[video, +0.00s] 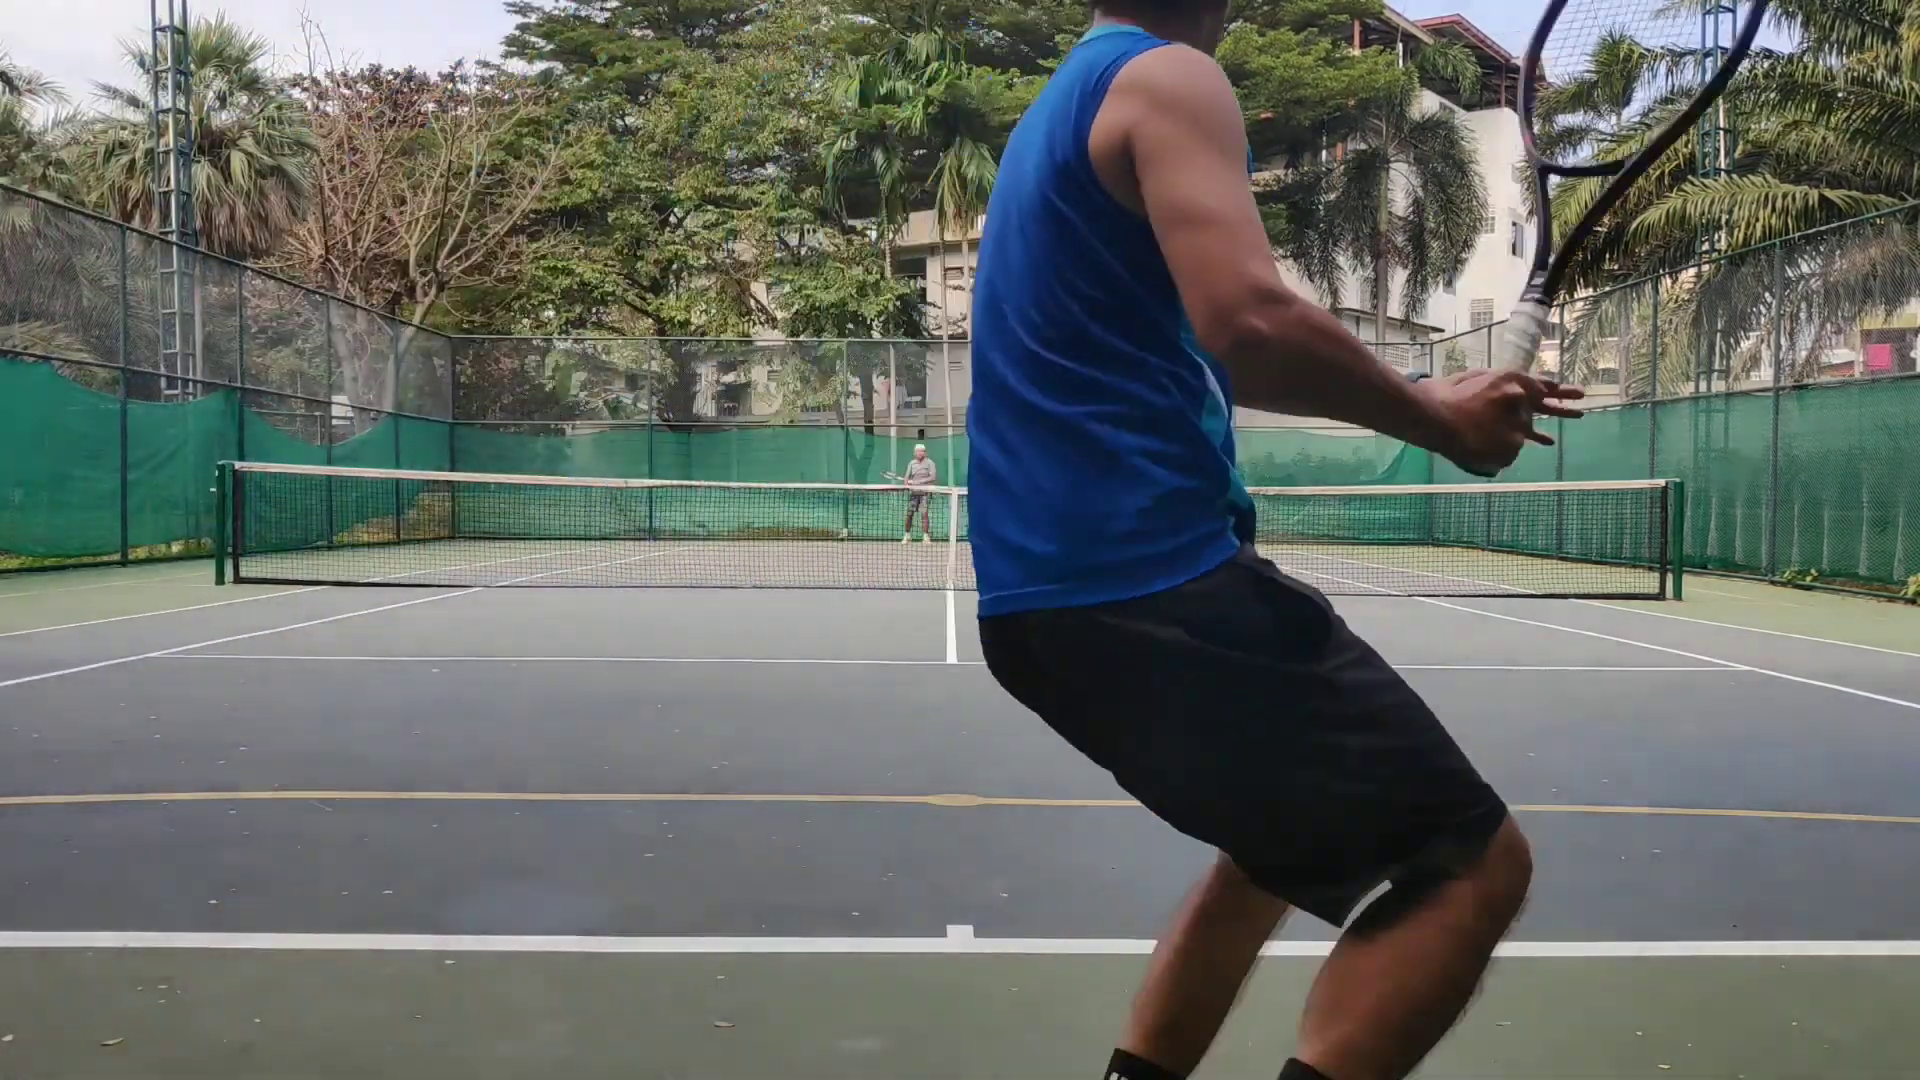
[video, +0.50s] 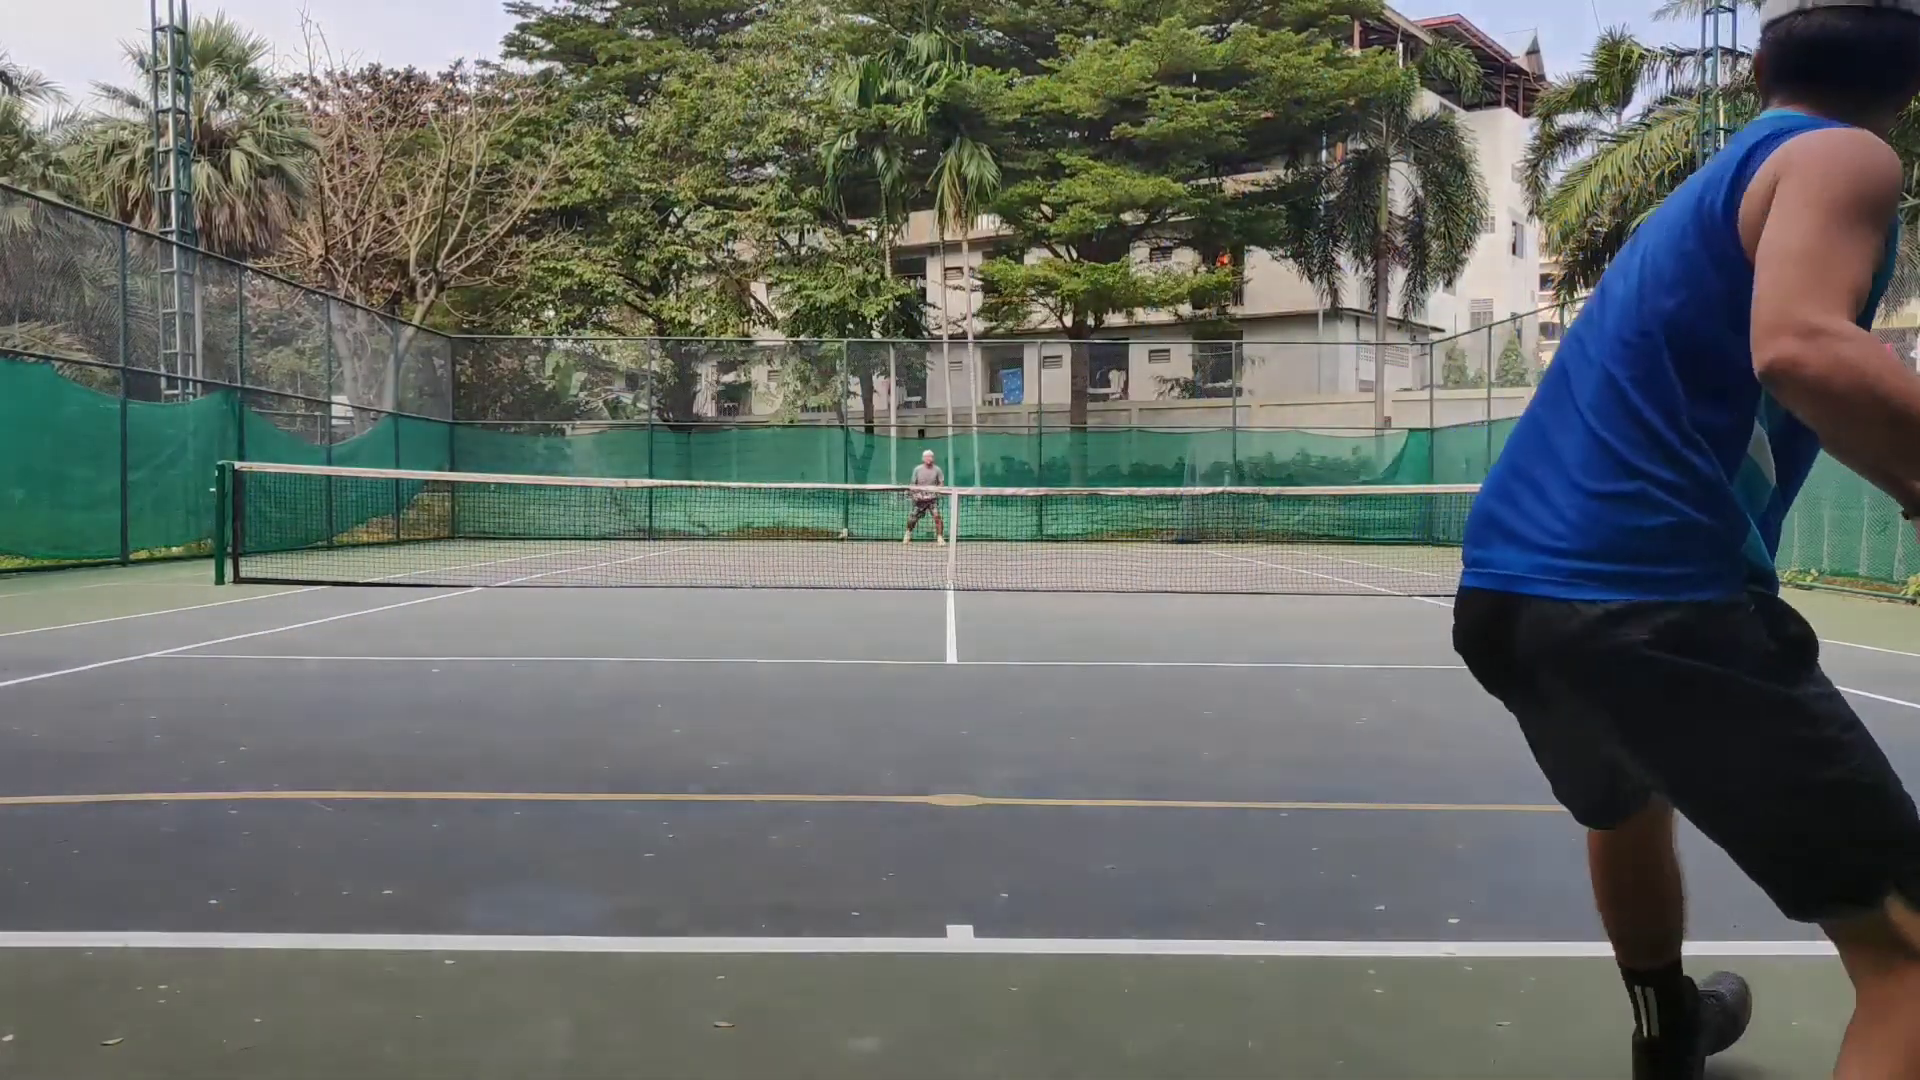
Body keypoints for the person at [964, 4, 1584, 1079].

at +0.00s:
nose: (1231, 17)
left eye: (1227, 12)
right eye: (1230, 7)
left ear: (1108, 1)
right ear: (1211, 1)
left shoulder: (1063, 108)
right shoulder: (1168, 82)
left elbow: (1223, 362)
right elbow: (1248, 317)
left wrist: (1425, 403)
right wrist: (1437, 418)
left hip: (1053, 602)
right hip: (1154, 588)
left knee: (1283, 829)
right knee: (1476, 864)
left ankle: (1142, 1067)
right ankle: (1320, 1068)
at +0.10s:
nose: (1428, 20)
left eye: (1422, 11)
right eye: (1422, 8)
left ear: (1285, 13)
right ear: (1400, 12)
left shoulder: (1269, 116)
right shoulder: (1330, 93)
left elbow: (1447, 357)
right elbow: (1358, 308)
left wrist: (1667, 401)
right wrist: (1649, 339)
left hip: (1200, 623)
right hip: (1311, 608)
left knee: (1362, 886)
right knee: (1674, 887)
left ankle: (1171, 1068)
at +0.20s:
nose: (1629, 47)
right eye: (1626, 34)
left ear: (1473, 34)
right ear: (1616, 45)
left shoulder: (1444, 140)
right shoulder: (1521, 118)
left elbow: (1658, 380)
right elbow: (1474, 313)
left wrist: (1880, 459)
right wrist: (1786, 328)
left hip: (1330, 638)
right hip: (1464, 628)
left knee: (1482, 839)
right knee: (1831, 902)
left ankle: (1273, 1042)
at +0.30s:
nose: (1773, 89)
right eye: (1778, 71)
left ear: (1620, 53)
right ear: (1772, 72)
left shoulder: (1589, 155)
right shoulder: (1681, 137)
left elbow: (1773, 404)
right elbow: (1584, 327)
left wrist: (1915, 477)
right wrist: (1876, 382)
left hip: (1410, 636)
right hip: (1561, 645)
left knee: (1574, 777)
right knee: (1900, 912)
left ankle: (1451, 1046)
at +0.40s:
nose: (1867, 92)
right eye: (1872, 72)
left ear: (1712, 62)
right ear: (1859, 76)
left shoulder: (1668, 164)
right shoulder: (1780, 134)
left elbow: (1807, 402)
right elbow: (1690, 321)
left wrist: (1915, 488)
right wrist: (1904, 414)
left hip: (1464, 609)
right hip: (1618, 622)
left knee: (1606, 759)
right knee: (1908, 925)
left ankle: (1585, 1045)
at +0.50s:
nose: (1913, 124)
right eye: (1914, 100)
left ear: (1776, 84)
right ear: (1903, 92)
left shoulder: (1706, 184)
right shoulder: (1840, 156)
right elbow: (1800, 345)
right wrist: (1910, 480)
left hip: (1506, 593)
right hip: (1657, 605)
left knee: (1622, 794)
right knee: (1898, 953)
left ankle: (1663, 1022)